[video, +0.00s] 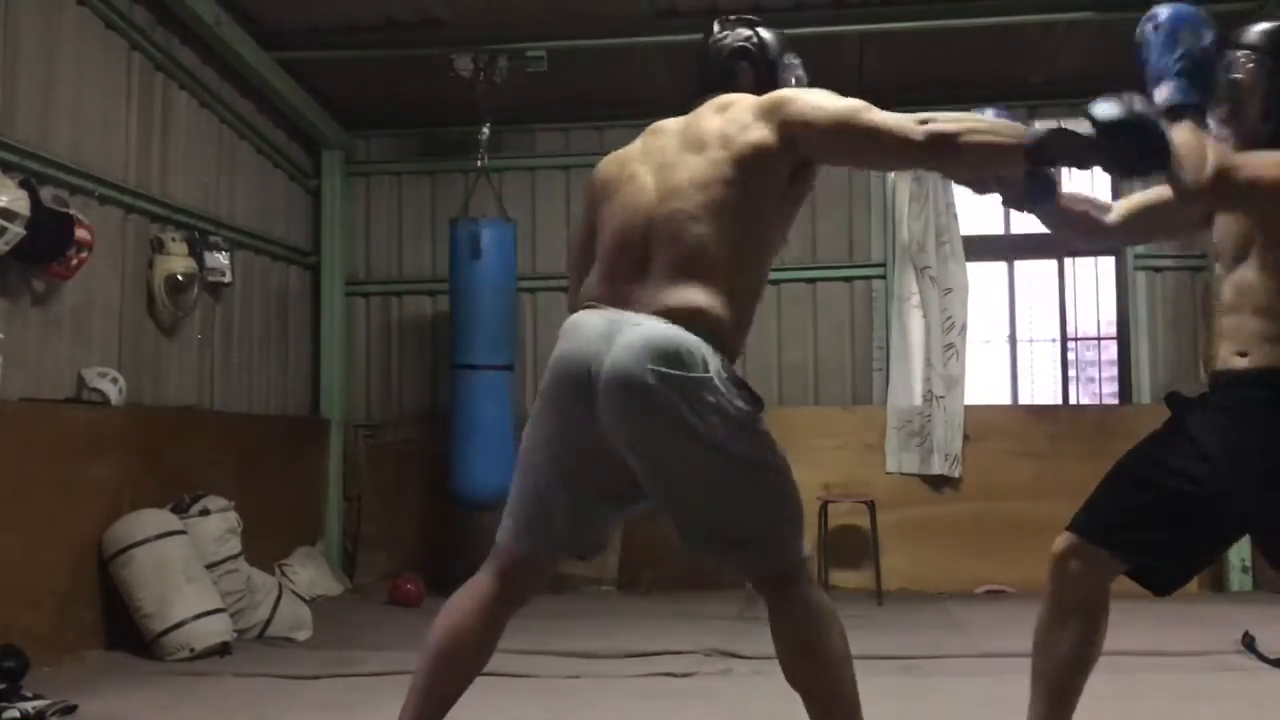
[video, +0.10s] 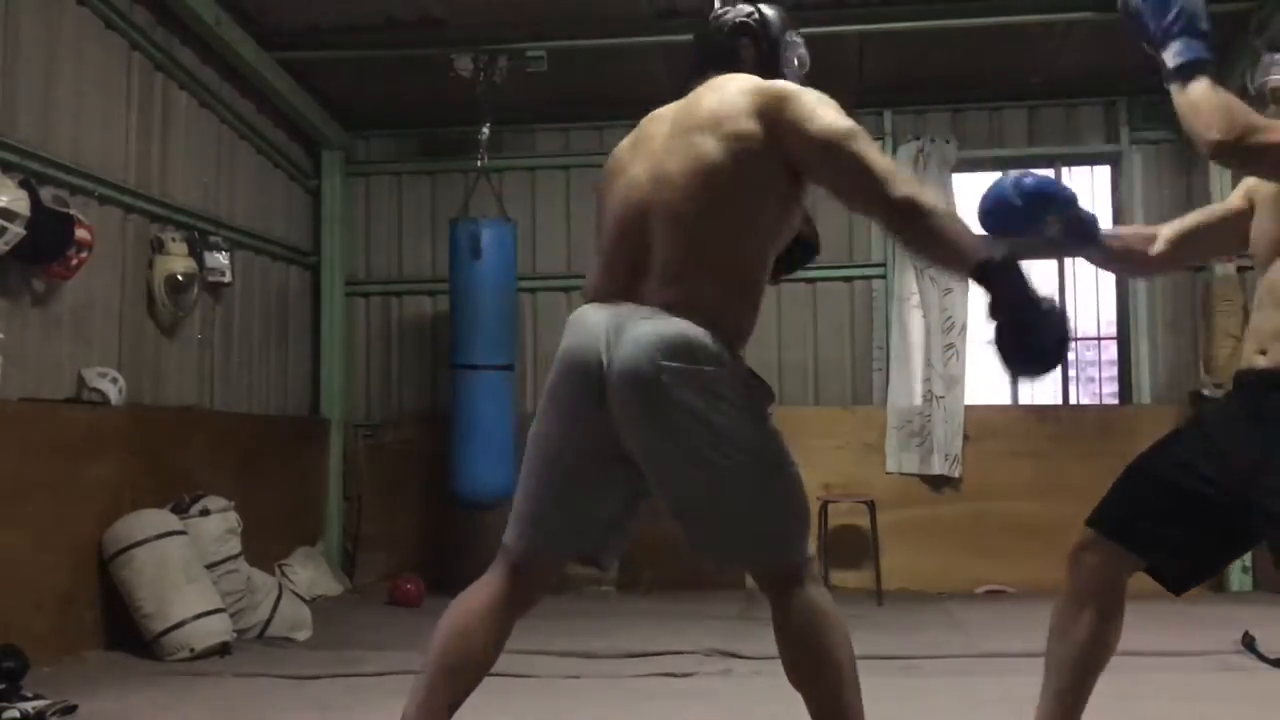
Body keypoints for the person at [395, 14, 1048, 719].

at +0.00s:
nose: (804, 109)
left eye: (802, 103)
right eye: (799, 98)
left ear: (709, 86)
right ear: (775, 87)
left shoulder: (621, 158)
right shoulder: (780, 108)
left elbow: (583, 293)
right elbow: (930, 142)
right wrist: (1055, 148)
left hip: (579, 346)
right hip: (675, 357)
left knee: (504, 575)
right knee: (786, 581)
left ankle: (413, 711)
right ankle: (841, 714)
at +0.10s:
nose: (804, 79)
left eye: (803, 69)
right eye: (800, 66)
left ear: (705, 61)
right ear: (773, 58)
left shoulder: (640, 137)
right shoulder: (781, 100)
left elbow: (651, 264)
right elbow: (895, 200)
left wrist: (771, 253)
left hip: (584, 346)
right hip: (682, 360)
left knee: (512, 576)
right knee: (791, 580)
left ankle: (418, 713)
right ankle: (842, 713)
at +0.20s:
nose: (784, 82)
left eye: (783, 65)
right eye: (778, 63)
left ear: (686, 57)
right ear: (748, 51)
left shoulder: (623, 126)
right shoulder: (763, 118)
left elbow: (608, 279)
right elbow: (811, 270)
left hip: (584, 359)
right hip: (687, 370)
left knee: (523, 591)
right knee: (802, 585)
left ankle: (443, 711)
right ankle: (846, 712)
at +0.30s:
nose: (750, 75)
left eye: (749, 60)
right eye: (741, 56)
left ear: (647, 51)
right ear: (700, 41)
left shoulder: (589, 119)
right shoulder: (721, 112)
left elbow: (599, 271)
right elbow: (749, 275)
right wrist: (805, 400)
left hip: (564, 385)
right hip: (671, 386)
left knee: (524, 614)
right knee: (787, 596)